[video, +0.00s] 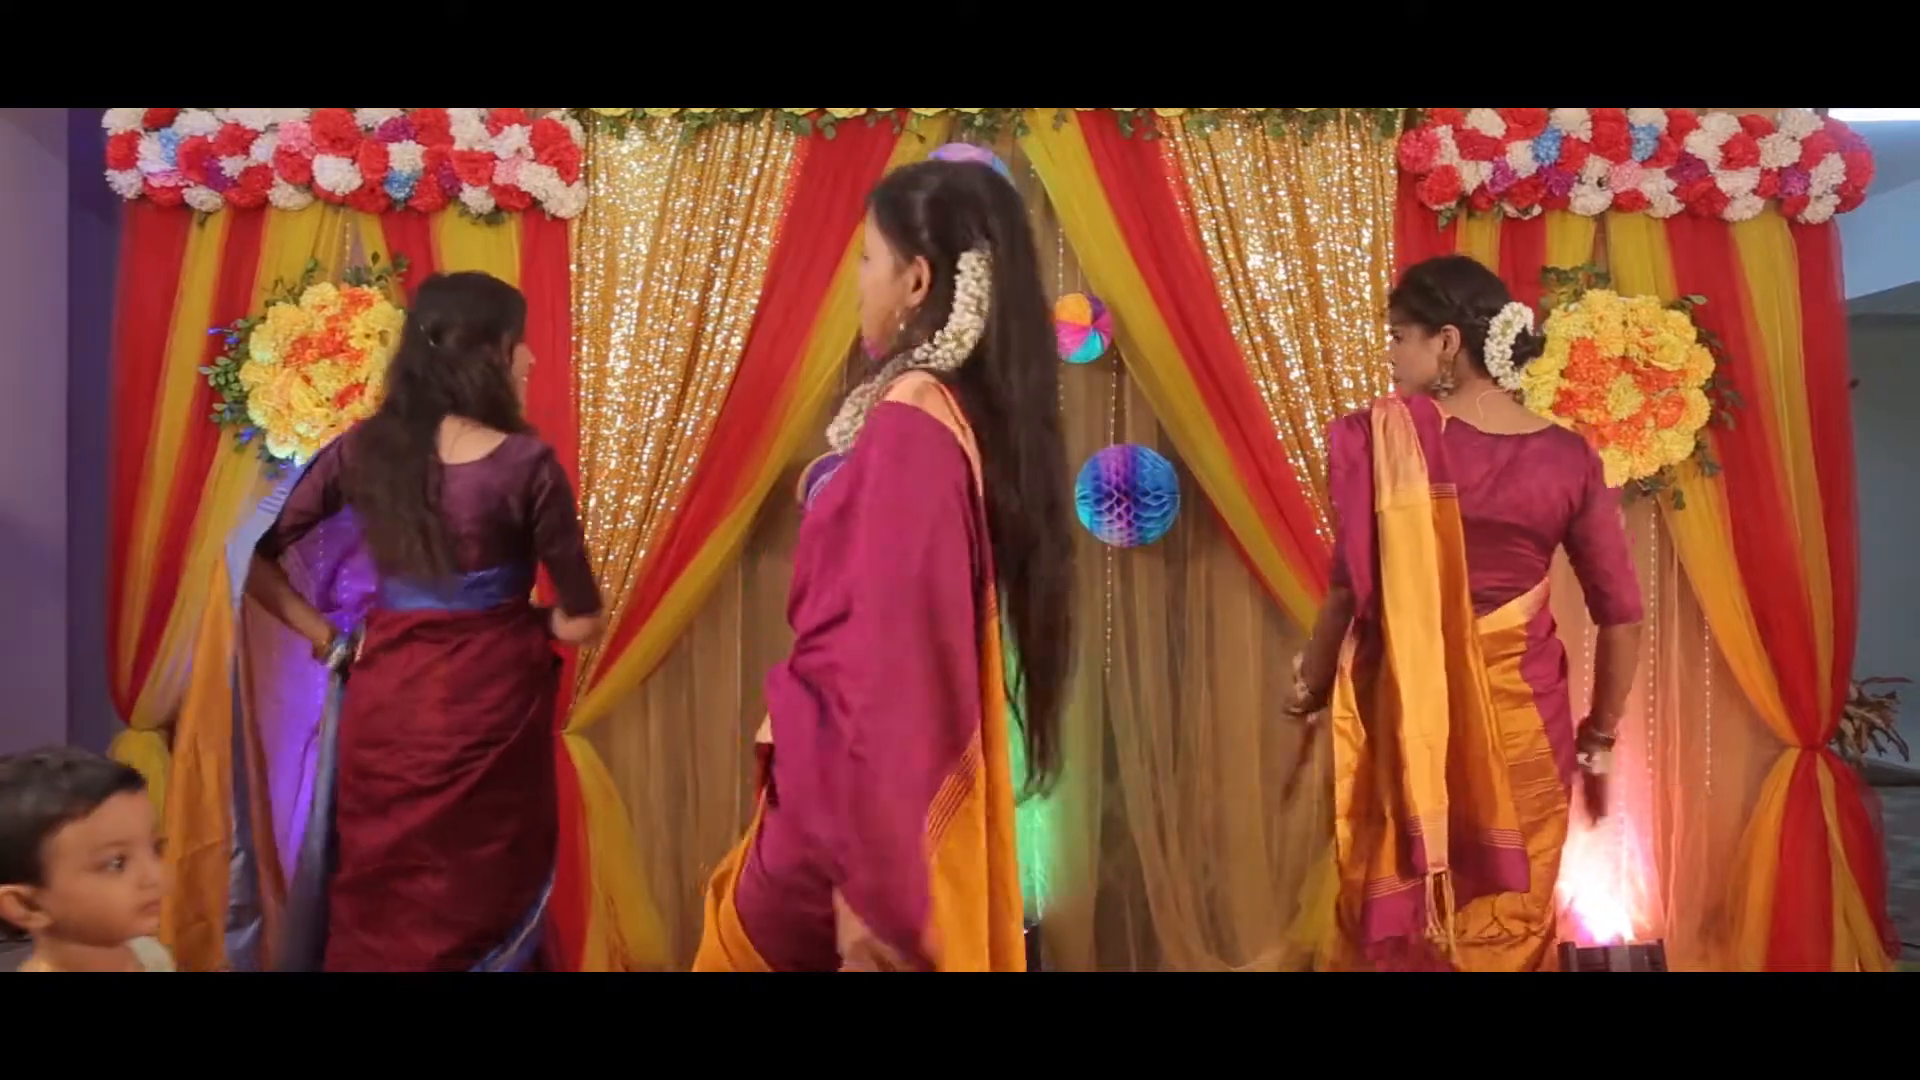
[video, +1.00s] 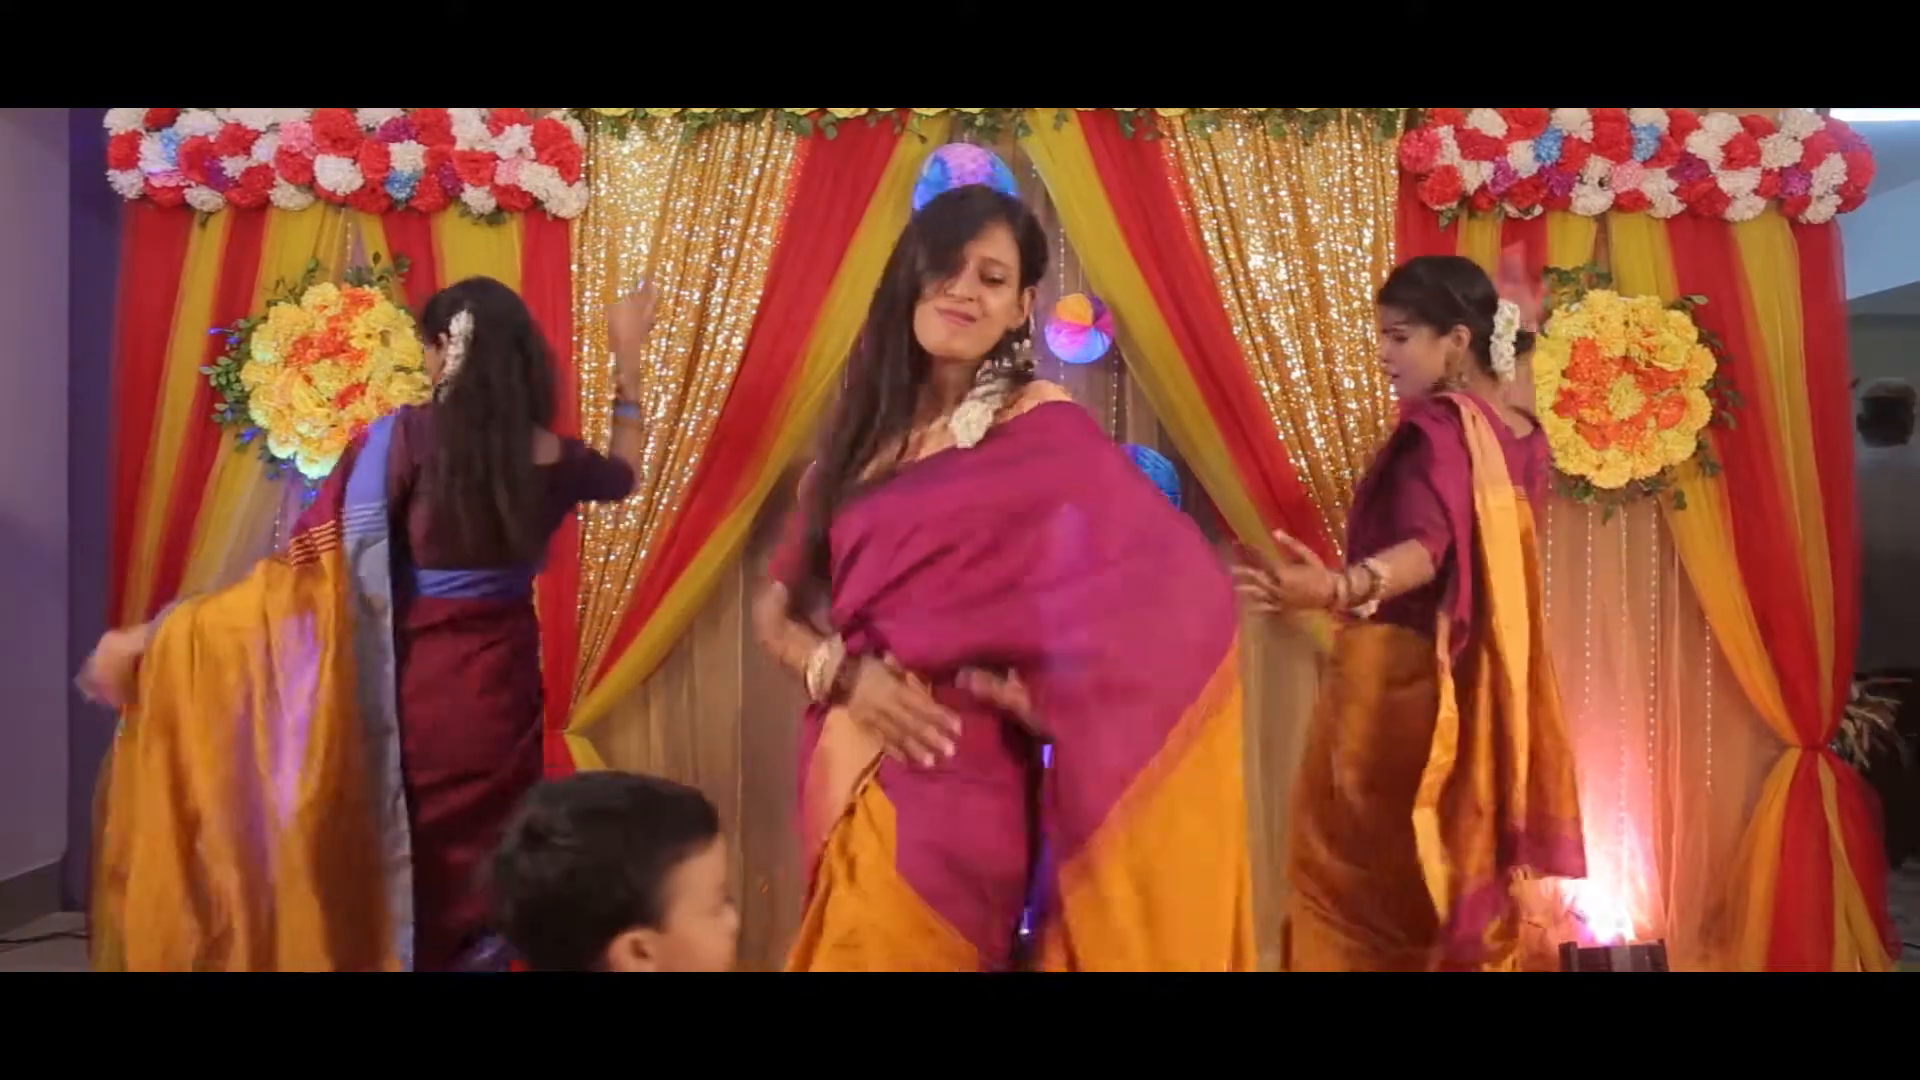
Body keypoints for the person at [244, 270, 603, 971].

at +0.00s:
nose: (530, 362)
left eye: (526, 345)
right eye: (521, 345)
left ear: (427, 350)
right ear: (485, 354)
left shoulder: (364, 447)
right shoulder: (524, 461)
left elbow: (259, 557)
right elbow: (582, 616)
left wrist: (328, 637)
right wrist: (526, 615)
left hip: (386, 686)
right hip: (492, 690)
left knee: (373, 888)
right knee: (484, 888)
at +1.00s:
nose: (430, 358)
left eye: (435, 341)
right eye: (434, 339)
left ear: (454, 350)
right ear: (524, 353)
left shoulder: (398, 439)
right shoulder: (549, 456)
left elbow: (304, 563)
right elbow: (623, 473)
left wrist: (150, 639)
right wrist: (629, 359)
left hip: (414, 667)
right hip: (504, 667)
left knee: (409, 846)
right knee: (497, 839)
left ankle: (413, 959)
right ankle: (487, 958)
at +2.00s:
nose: (448, 358)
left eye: (468, 341)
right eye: (434, 342)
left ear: (509, 355)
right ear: (421, 355)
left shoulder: (504, 439)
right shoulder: (454, 439)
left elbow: (508, 585)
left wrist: (422, 676)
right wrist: (401, 449)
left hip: (458, 714)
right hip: (424, 713)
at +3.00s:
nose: (465, 362)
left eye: (485, 346)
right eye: (445, 347)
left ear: (510, 365)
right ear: (417, 367)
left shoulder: (552, 465)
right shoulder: (401, 493)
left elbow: (678, 579)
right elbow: (356, 625)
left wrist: (557, 639)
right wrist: (443, 617)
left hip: (529, 753)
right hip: (424, 762)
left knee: (542, 939)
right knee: (434, 940)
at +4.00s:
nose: (496, 369)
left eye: (511, 355)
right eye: (475, 352)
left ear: (523, 370)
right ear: (431, 368)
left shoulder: (554, 465)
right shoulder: (400, 484)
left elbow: (671, 554)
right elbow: (363, 628)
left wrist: (576, 630)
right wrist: (476, 618)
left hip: (542, 731)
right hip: (435, 735)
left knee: (550, 925)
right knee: (446, 927)